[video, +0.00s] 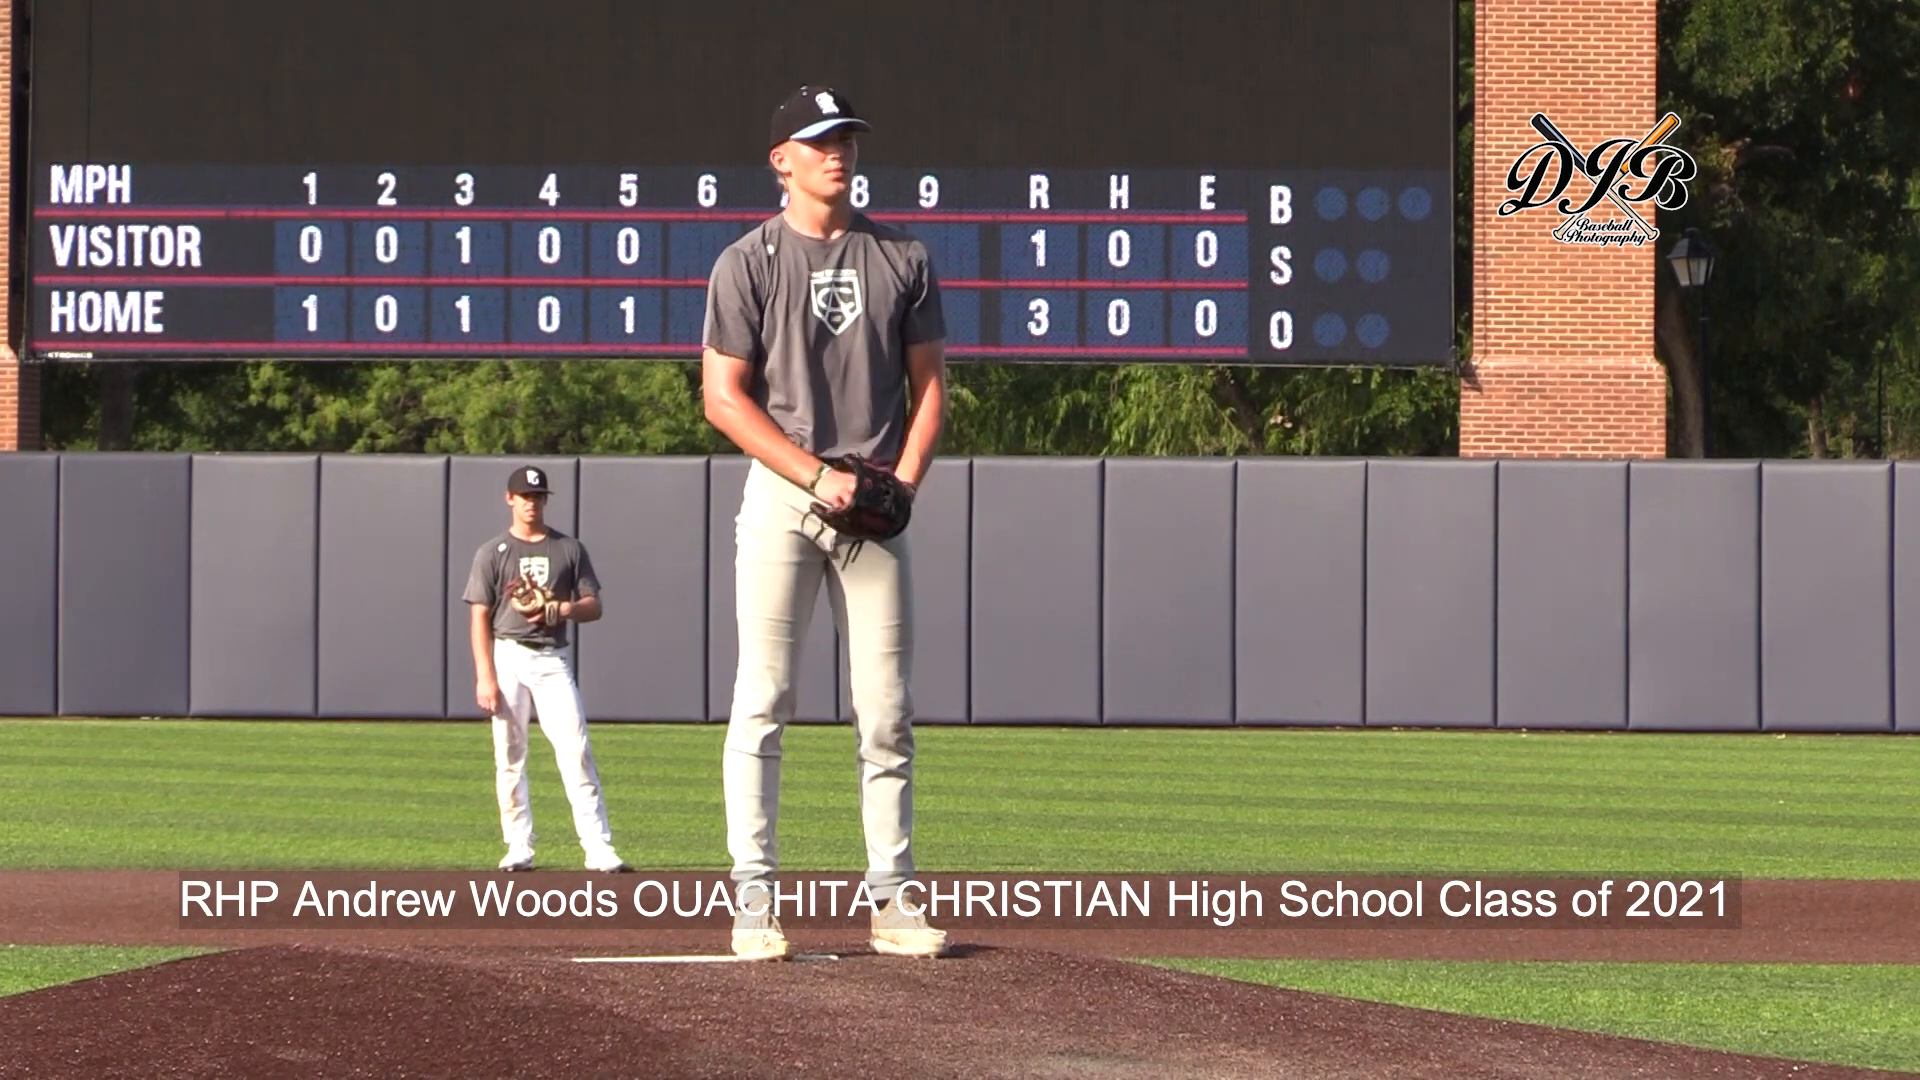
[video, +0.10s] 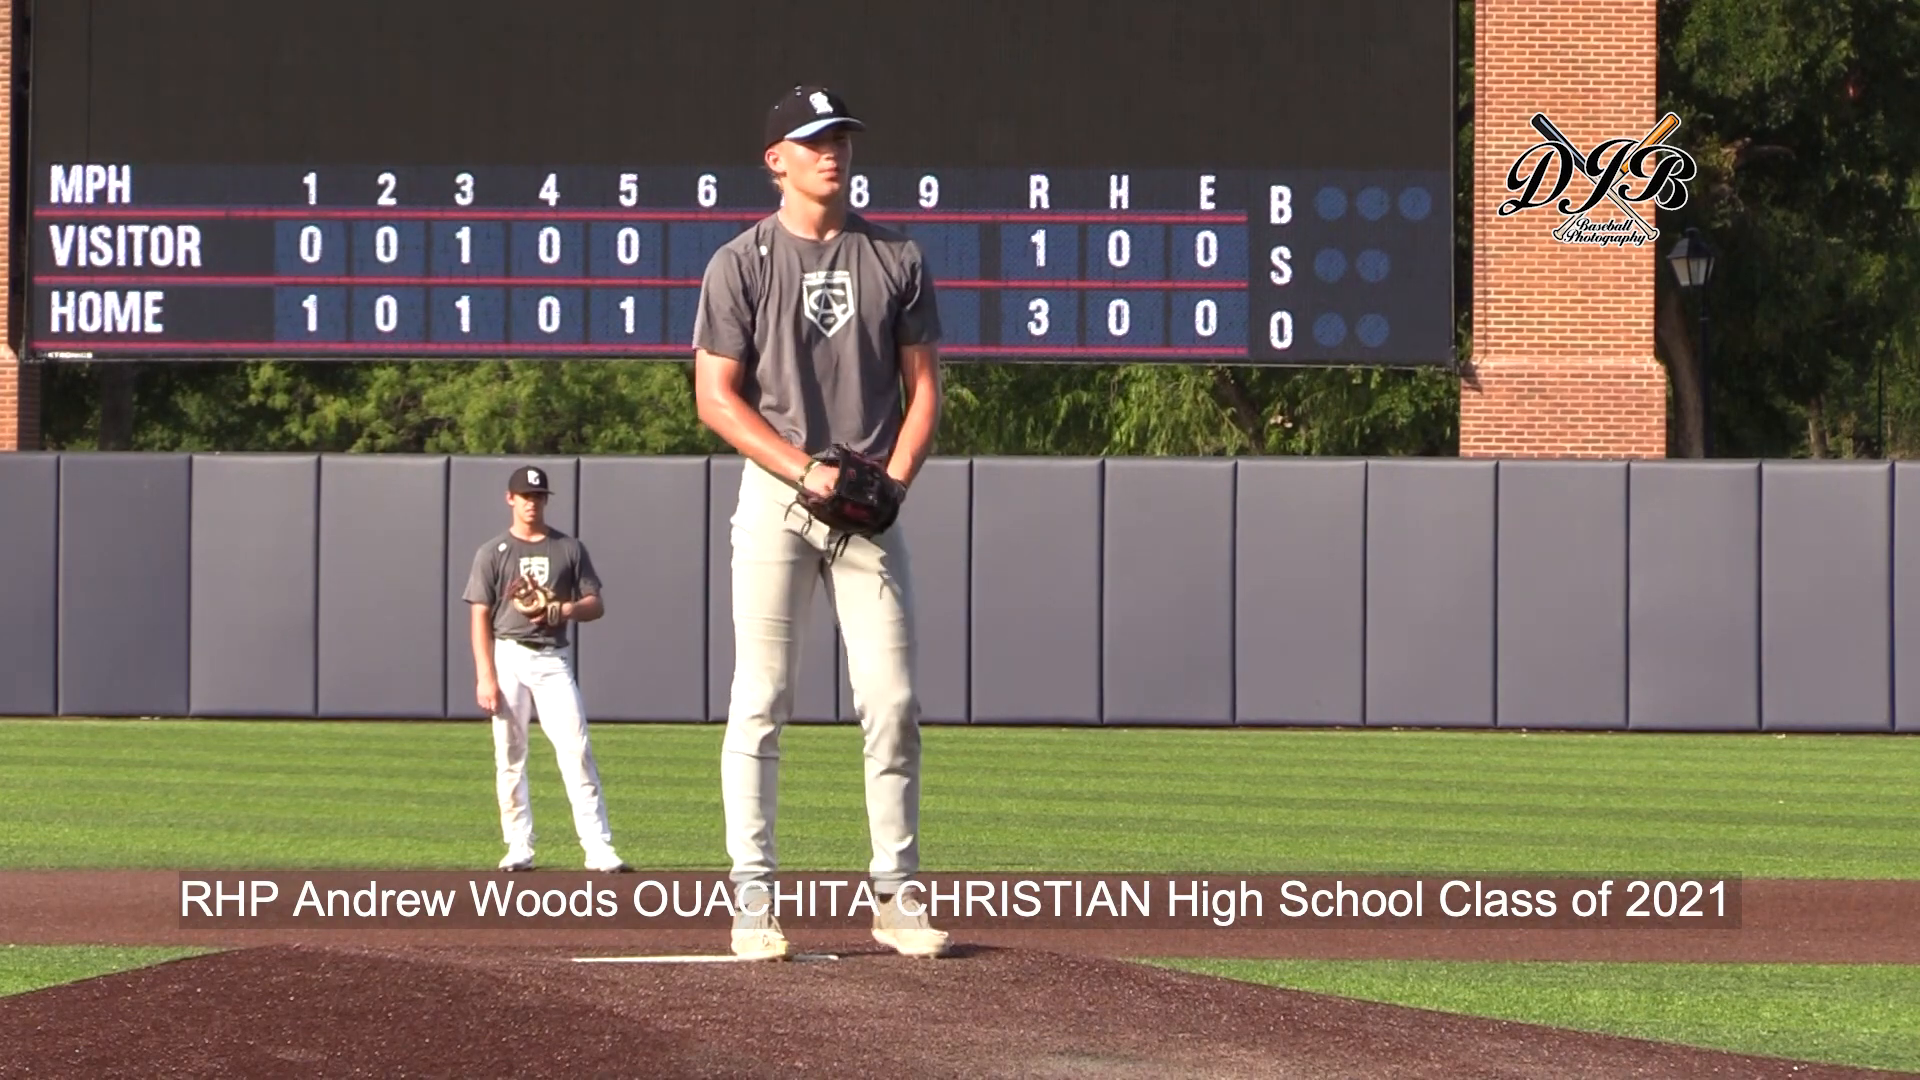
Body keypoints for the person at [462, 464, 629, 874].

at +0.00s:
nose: (532, 504)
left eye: (539, 497)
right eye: (525, 497)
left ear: (547, 500)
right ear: (510, 500)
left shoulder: (570, 549)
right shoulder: (491, 554)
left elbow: (593, 607)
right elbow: (479, 619)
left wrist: (559, 608)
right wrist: (485, 676)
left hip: (553, 658)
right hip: (506, 656)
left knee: (577, 749)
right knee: (509, 757)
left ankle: (600, 852)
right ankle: (519, 850)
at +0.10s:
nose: (533, 504)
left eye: (539, 497)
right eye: (526, 497)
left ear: (547, 500)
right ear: (511, 500)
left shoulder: (570, 549)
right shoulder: (492, 553)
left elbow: (595, 606)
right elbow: (480, 618)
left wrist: (562, 609)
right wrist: (485, 676)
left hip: (553, 659)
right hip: (506, 656)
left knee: (578, 749)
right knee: (509, 757)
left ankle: (600, 852)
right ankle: (519, 850)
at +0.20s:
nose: (533, 504)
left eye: (539, 497)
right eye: (526, 497)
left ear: (548, 500)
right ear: (511, 499)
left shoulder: (571, 548)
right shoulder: (492, 553)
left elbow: (596, 604)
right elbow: (480, 618)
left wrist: (564, 611)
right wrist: (486, 676)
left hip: (553, 658)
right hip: (506, 656)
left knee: (577, 749)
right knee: (510, 757)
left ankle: (598, 851)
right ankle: (519, 850)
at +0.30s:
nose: (533, 503)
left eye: (539, 496)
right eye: (526, 496)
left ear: (548, 500)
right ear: (511, 499)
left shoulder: (571, 547)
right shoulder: (492, 552)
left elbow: (597, 602)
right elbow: (480, 615)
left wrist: (568, 612)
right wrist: (486, 673)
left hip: (554, 658)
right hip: (507, 656)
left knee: (579, 743)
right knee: (510, 756)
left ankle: (595, 844)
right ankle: (518, 849)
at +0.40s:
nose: (534, 502)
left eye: (540, 495)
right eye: (527, 495)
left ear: (548, 499)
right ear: (512, 498)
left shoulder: (572, 547)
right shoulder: (493, 551)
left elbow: (597, 600)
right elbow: (479, 613)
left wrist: (571, 613)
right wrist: (485, 670)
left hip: (556, 657)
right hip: (509, 656)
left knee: (582, 741)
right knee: (510, 755)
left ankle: (590, 838)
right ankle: (519, 847)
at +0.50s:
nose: (536, 501)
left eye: (542, 494)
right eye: (529, 494)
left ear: (550, 498)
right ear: (514, 497)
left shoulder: (573, 547)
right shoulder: (493, 550)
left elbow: (594, 598)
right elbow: (478, 610)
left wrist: (571, 616)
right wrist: (487, 668)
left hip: (559, 657)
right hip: (512, 656)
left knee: (579, 742)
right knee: (513, 756)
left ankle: (585, 842)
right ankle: (519, 848)